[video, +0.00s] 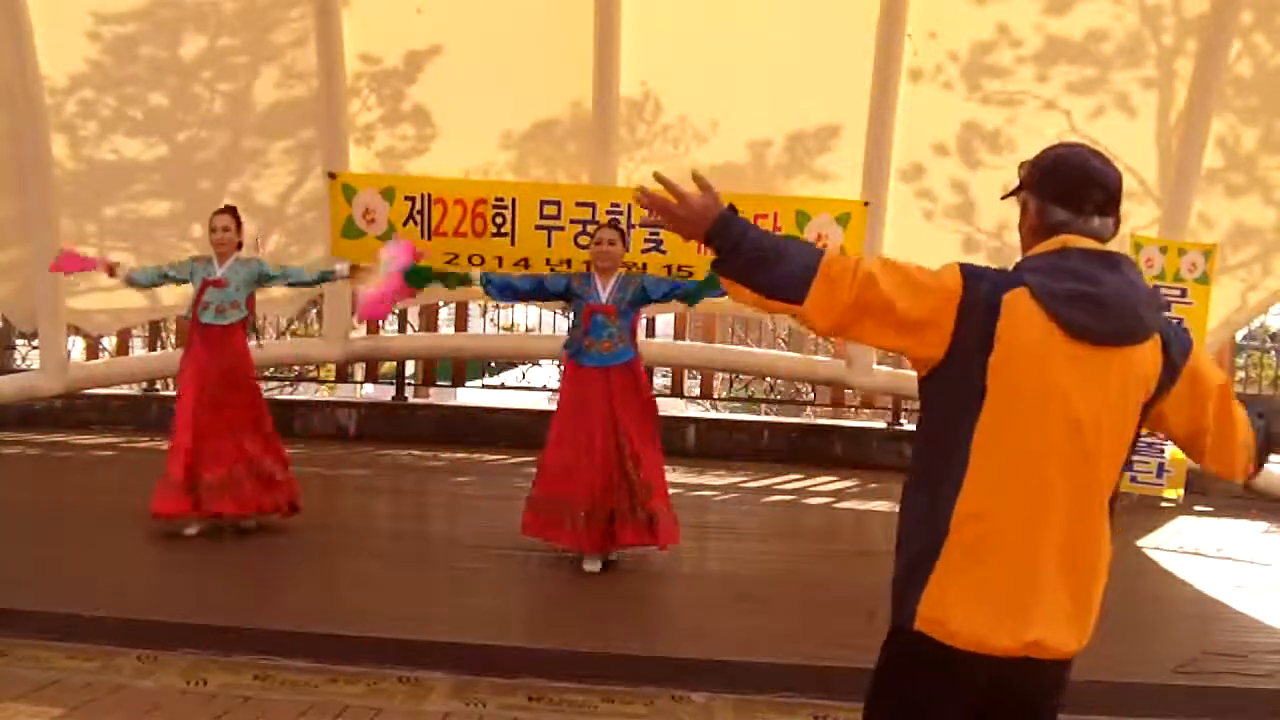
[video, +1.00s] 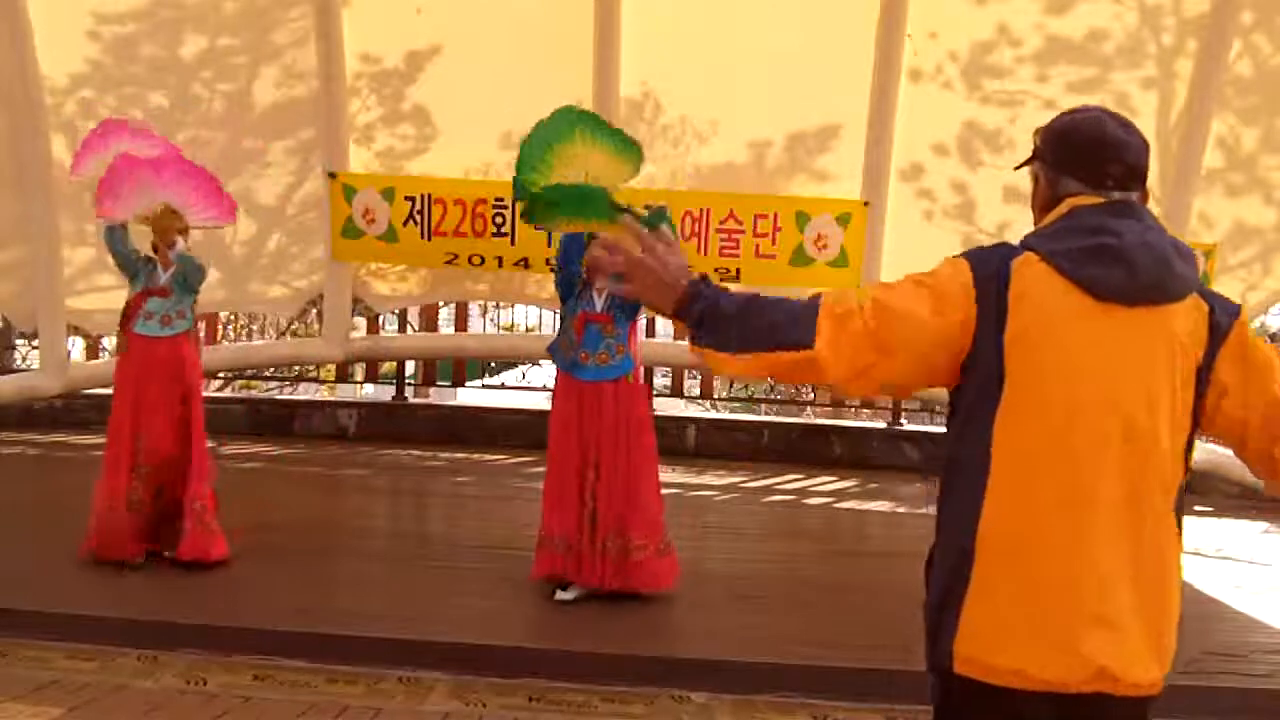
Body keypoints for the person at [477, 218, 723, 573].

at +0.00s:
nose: (604, 248)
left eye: (612, 243)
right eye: (599, 242)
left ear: (623, 251)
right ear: (589, 249)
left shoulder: (636, 286)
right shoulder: (576, 284)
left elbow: (681, 291)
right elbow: (526, 285)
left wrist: (715, 280)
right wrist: (476, 278)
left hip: (621, 381)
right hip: (583, 380)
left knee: (616, 456)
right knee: (586, 456)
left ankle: (608, 541)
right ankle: (589, 543)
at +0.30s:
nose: (604, 247)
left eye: (612, 241)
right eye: (598, 241)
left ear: (624, 250)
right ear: (588, 248)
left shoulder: (634, 283)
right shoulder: (576, 280)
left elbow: (676, 268)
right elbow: (538, 252)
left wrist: (712, 246)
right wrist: (499, 215)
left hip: (622, 380)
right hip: (581, 379)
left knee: (620, 459)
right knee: (584, 458)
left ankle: (617, 549)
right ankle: (591, 547)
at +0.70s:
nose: (606, 252)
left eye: (614, 246)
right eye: (600, 245)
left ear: (624, 254)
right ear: (587, 251)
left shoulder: (633, 289)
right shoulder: (576, 284)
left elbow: (654, 265)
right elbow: (560, 242)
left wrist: (659, 222)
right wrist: (554, 187)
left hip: (622, 389)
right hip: (580, 388)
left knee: (618, 471)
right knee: (576, 468)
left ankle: (608, 561)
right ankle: (570, 558)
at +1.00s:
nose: (605, 259)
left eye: (613, 253)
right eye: (599, 251)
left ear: (624, 263)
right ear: (585, 256)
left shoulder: (628, 299)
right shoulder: (571, 292)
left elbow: (655, 273)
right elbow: (568, 253)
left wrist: (654, 229)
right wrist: (584, 212)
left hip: (618, 402)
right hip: (576, 400)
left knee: (622, 483)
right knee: (576, 482)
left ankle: (623, 572)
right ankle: (579, 572)